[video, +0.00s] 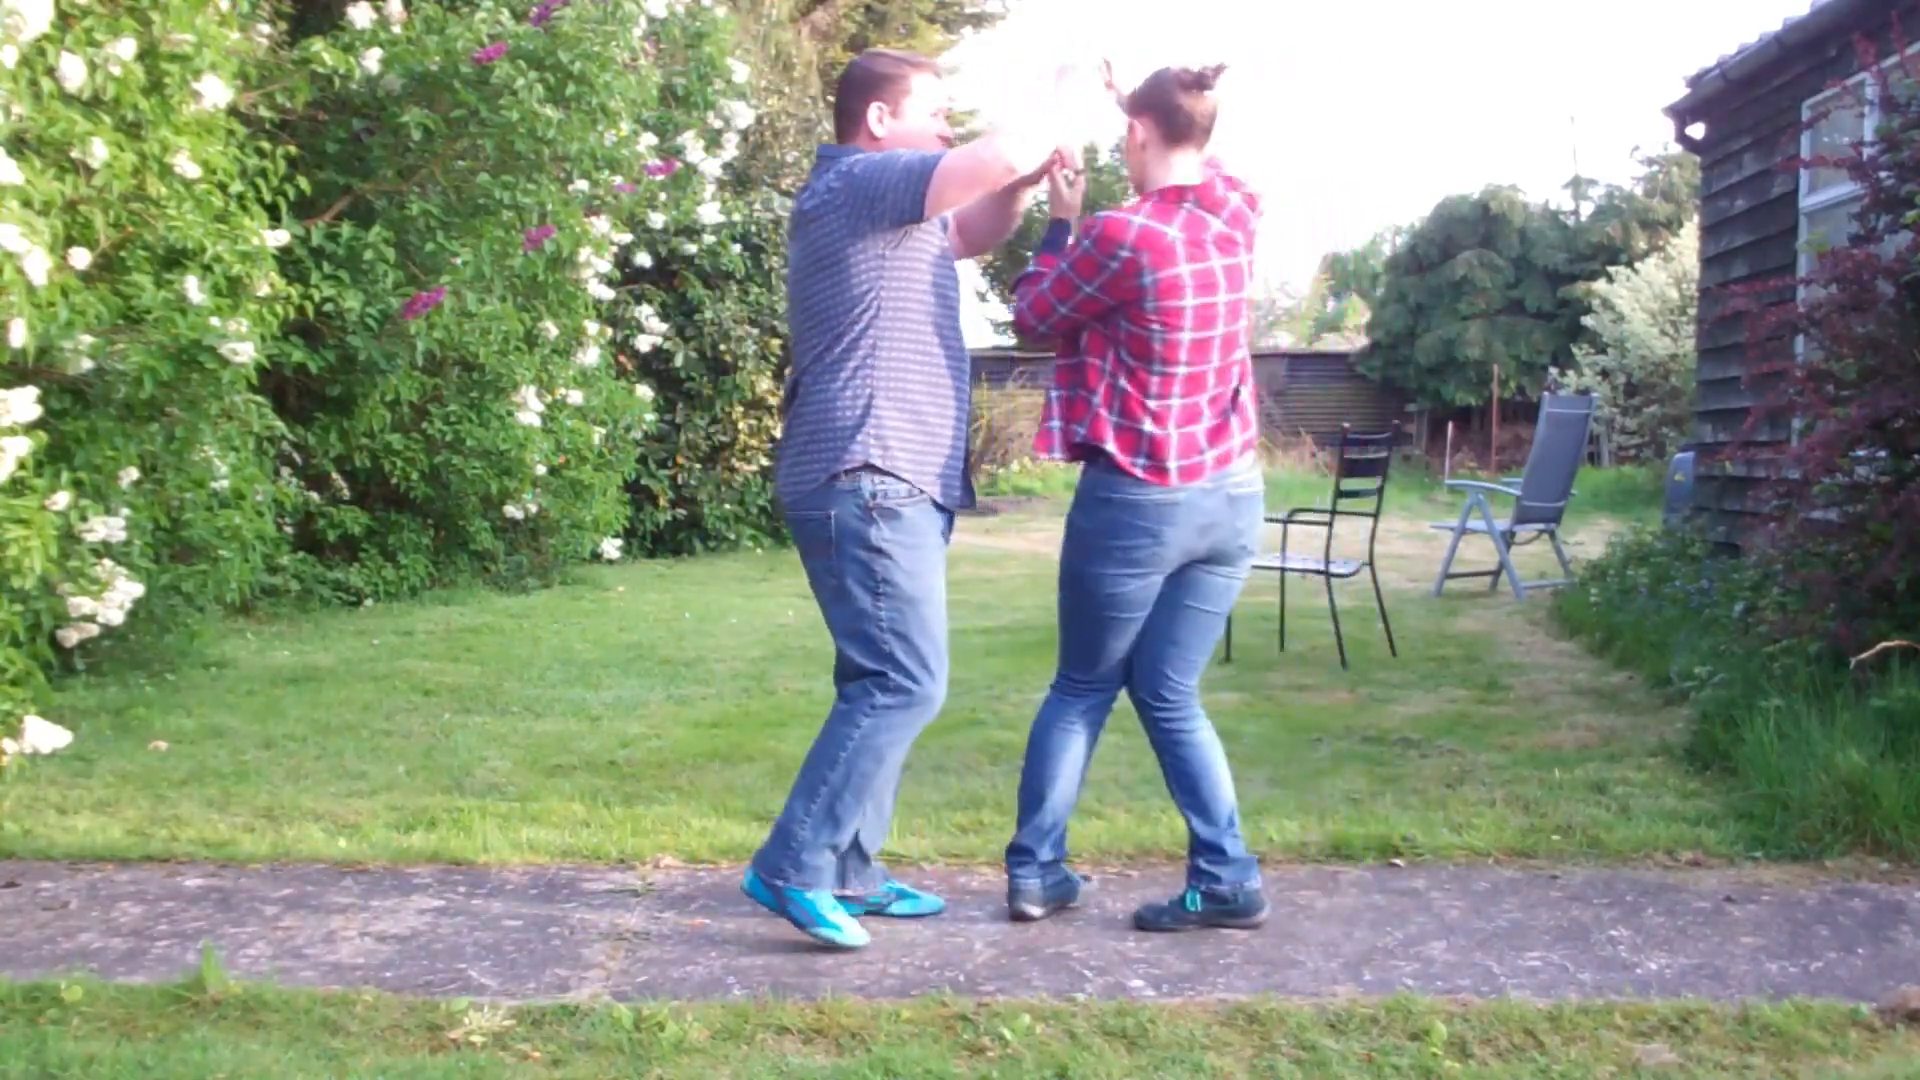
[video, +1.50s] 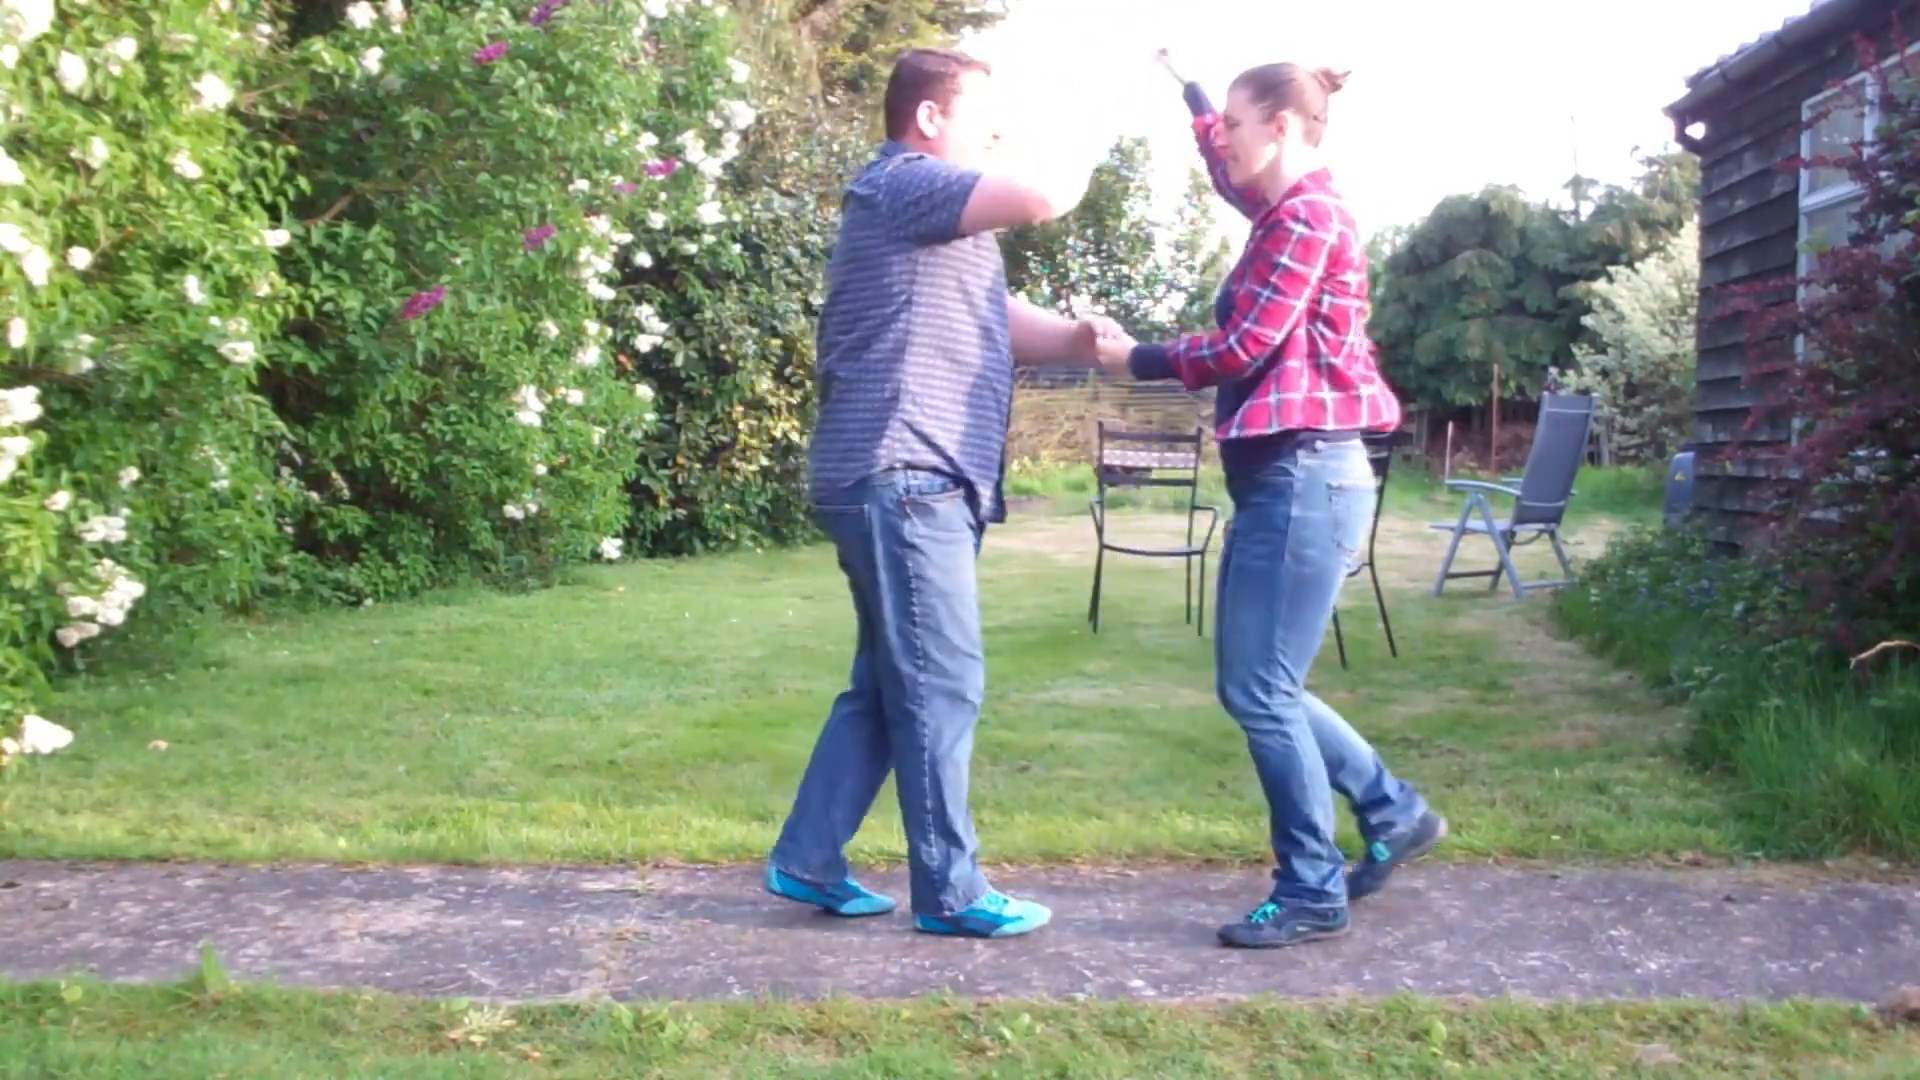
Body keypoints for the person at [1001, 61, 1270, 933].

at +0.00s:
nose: (1123, 141)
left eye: (1127, 129)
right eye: (1125, 129)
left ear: (1142, 135)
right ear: (1203, 136)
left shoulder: (1124, 235)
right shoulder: (1236, 214)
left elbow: (1032, 316)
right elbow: (1201, 170)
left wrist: (1062, 223)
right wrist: (1138, 100)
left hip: (1136, 501)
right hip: (1232, 497)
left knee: (1083, 685)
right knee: (1170, 688)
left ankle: (1034, 870)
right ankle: (1226, 879)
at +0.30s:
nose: (1171, 146)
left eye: (1166, 129)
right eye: (1166, 130)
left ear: (1085, 125)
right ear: (1148, 131)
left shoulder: (1037, 227)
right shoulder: (1164, 200)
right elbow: (1258, 120)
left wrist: (1091, 102)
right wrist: (1176, 44)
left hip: (1056, 489)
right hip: (1155, 485)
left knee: (1072, 691)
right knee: (1175, 690)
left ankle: (1033, 876)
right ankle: (1155, 871)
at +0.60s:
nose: (1160, 146)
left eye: (1164, 131)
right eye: (1148, 131)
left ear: (1152, 136)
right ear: (1114, 133)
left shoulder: (1156, 208)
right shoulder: (1076, 207)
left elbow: (1217, 124)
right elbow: (1142, 154)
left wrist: (1170, 39)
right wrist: (1128, 52)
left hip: (1163, 479)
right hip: (1118, 481)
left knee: (1152, 686)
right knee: (1165, 690)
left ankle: (1044, 846)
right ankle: (1112, 880)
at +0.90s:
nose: (1139, 132)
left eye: (1157, 118)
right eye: (1125, 117)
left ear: (1191, 128)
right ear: (1108, 130)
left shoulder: (1219, 203)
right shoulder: (1093, 224)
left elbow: (1231, 118)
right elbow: (1072, 319)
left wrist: (1153, 54)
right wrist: (1049, 317)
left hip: (1241, 470)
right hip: (1132, 473)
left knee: (1236, 686)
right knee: (1139, 687)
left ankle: (1268, 860)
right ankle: (1107, 881)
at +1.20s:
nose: (1169, 146)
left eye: (1182, 130)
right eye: (1168, 130)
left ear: (1236, 129)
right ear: (1201, 134)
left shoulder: (1285, 200)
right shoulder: (1193, 229)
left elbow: (1210, 263)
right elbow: (1165, 334)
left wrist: (1095, 220)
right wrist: (1127, 381)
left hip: (1287, 489)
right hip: (1194, 488)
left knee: (1257, 696)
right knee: (1168, 691)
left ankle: (1314, 891)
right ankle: (1144, 877)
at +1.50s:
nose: (1221, 140)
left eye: (1235, 124)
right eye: (1220, 127)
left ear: (1287, 130)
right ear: (1287, 133)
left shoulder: (1308, 213)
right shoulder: (1294, 212)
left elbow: (1240, 349)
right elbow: (1234, 181)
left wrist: (1137, 357)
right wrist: (1199, 108)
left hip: (1305, 474)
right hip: (1296, 471)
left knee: (1260, 689)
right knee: (1262, 683)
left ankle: (1312, 890)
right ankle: (1394, 812)